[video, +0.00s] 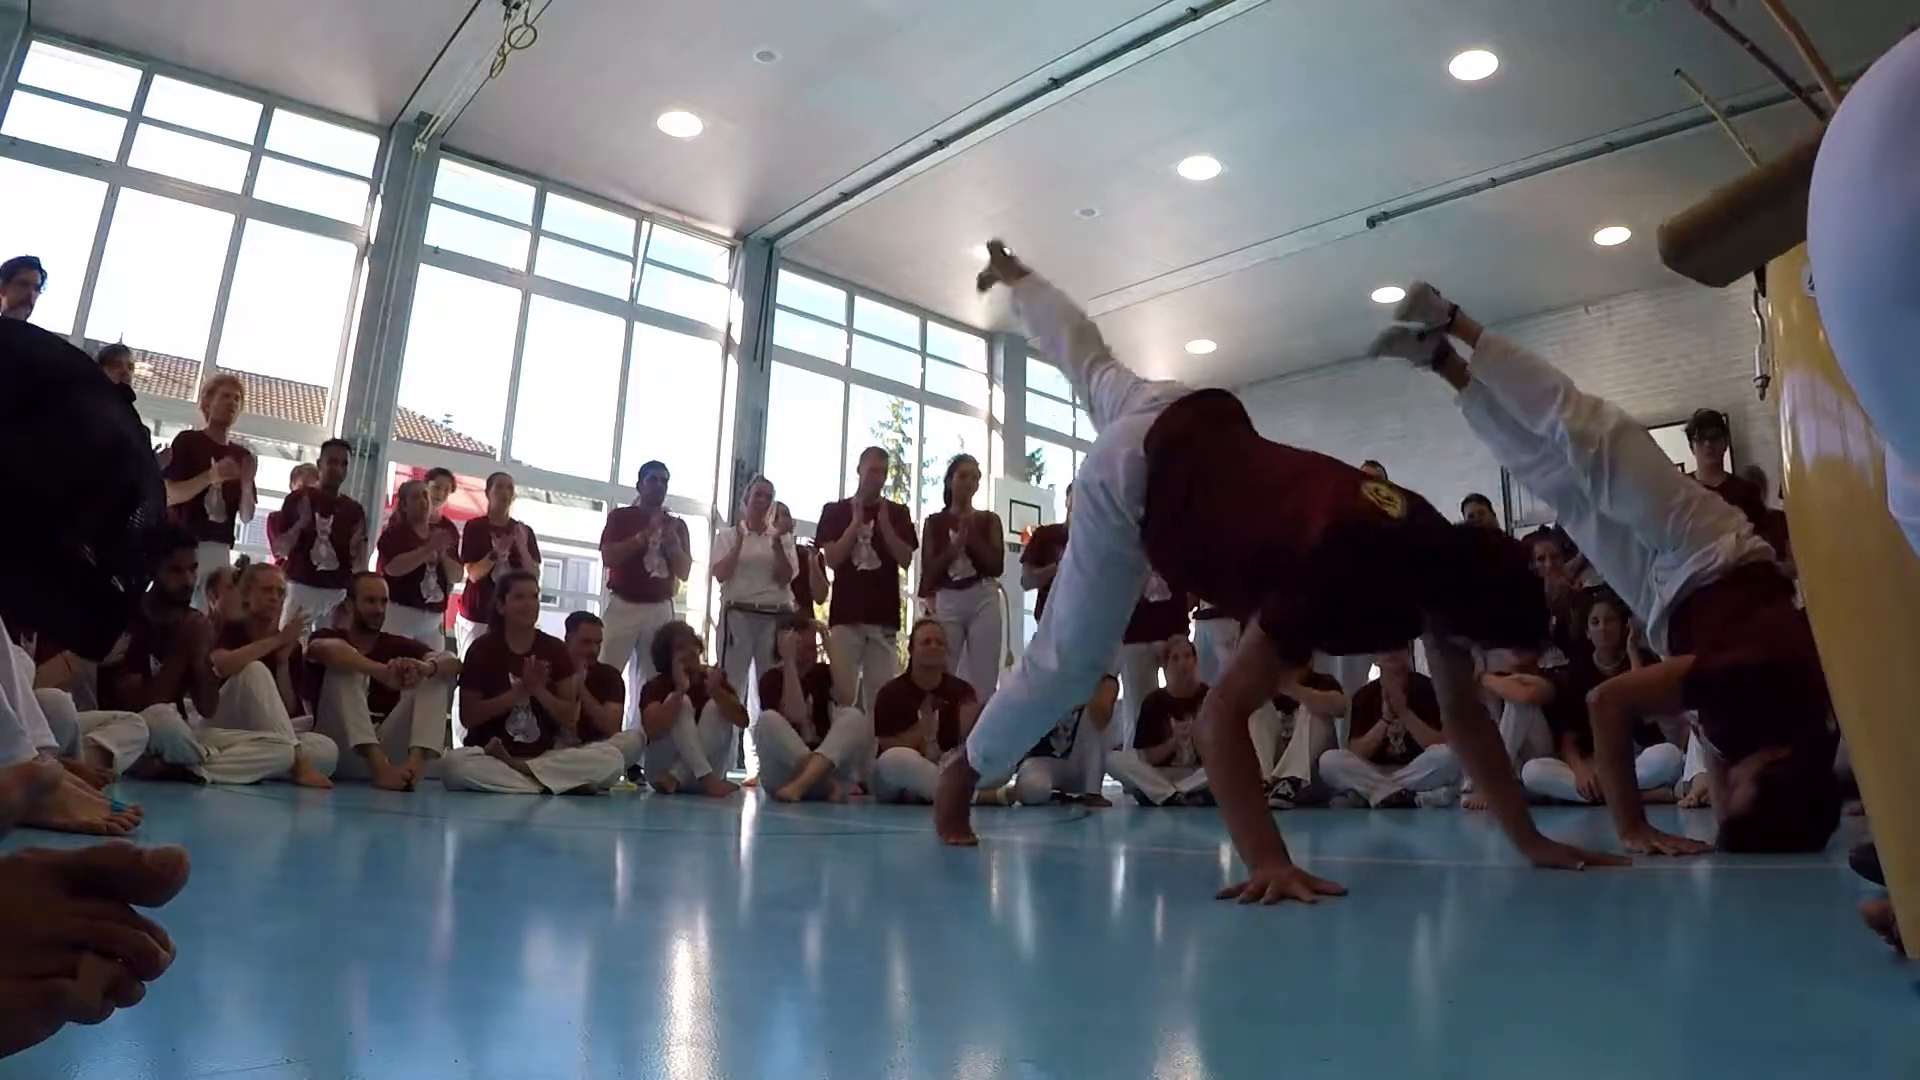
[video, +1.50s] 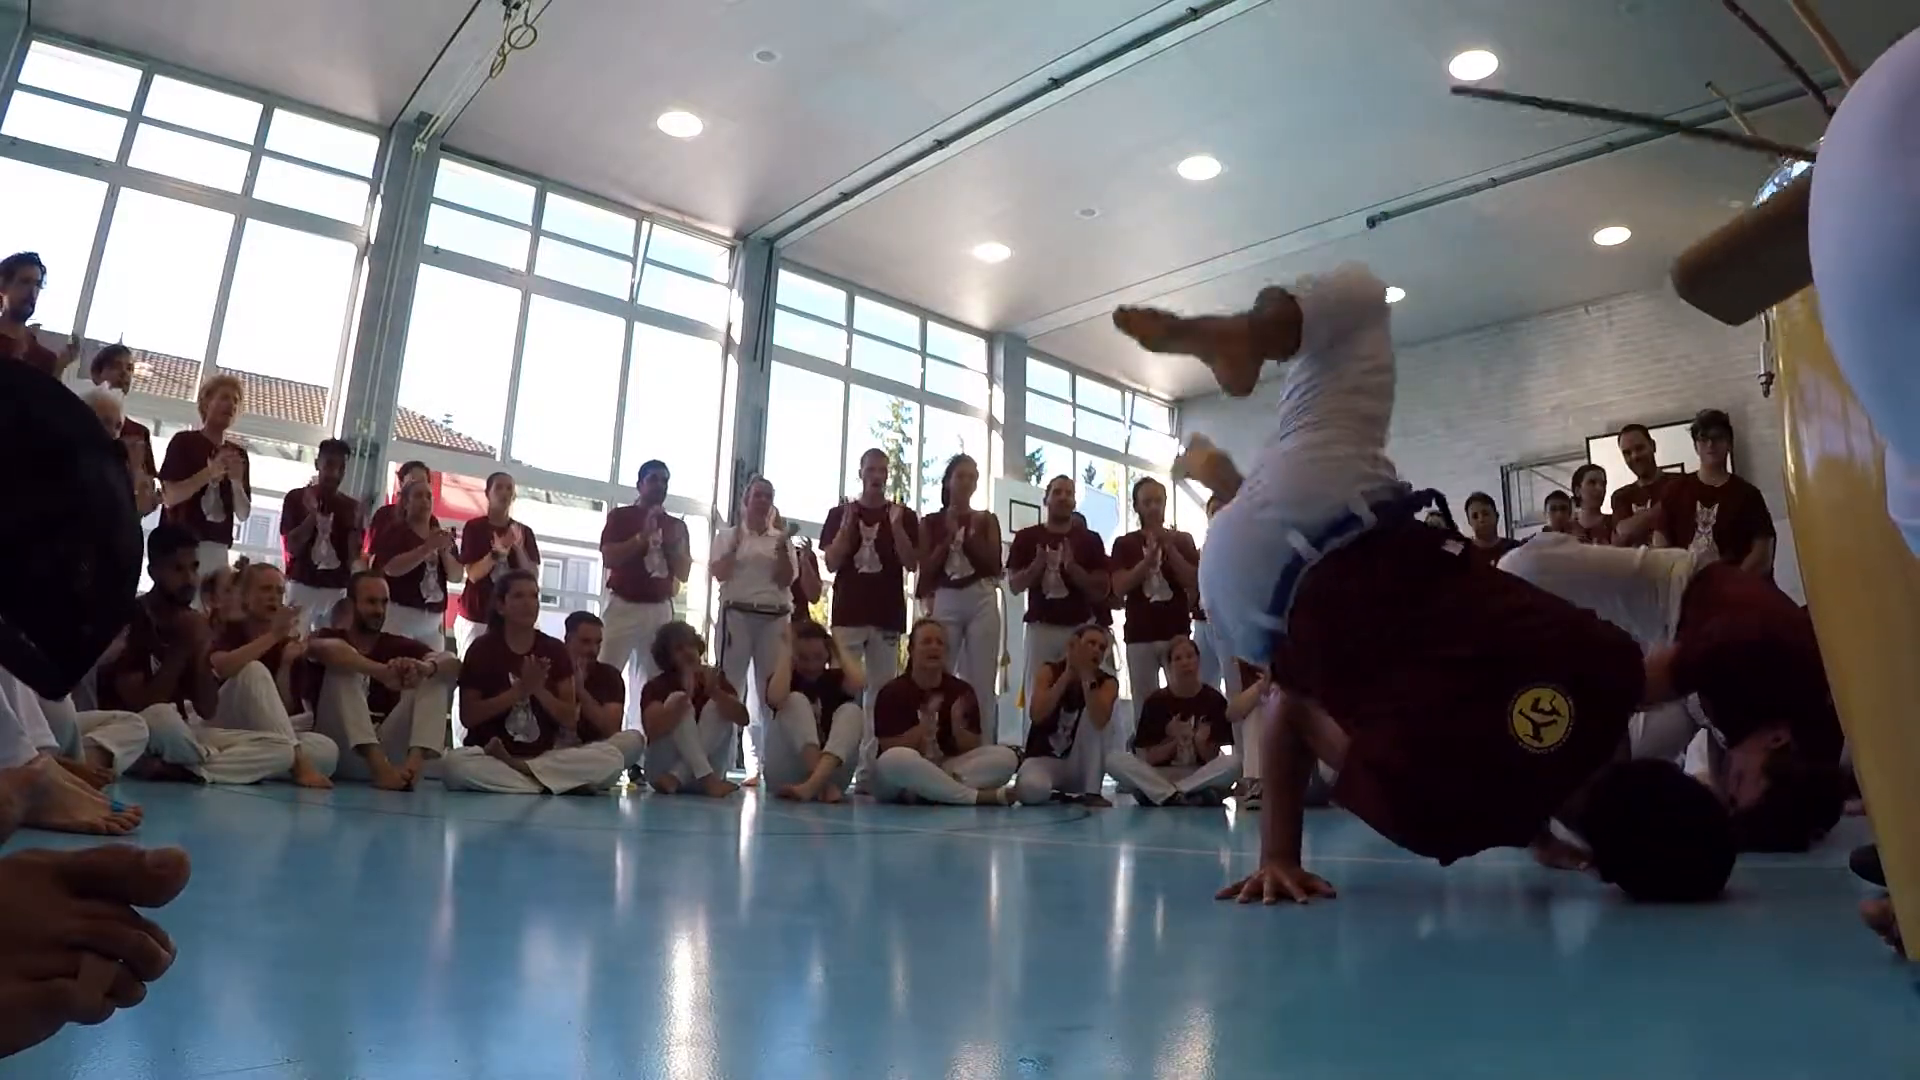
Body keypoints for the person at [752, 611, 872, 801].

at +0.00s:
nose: (812, 650)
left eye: (814, 646)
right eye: (806, 646)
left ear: (817, 646)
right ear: (784, 648)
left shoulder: (823, 672)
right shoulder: (771, 678)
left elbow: (846, 698)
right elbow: (797, 715)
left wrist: (829, 646)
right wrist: (789, 661)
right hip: (785, 778)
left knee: (854, 717)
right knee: (768, 719)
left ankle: (801, 784)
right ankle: (829, 785)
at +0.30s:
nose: (806, 662)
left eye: (811, 654)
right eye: (798, 657)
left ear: (816, 651)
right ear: (786, 655)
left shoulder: (822, 673)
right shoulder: (770, 678)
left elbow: (849, 680)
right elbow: (785, 697)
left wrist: (821, 635)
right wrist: (779, 644)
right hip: (785, 777)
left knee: (856, 719)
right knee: (776, 714)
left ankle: (805, 784)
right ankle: (830, 784)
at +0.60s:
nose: (812, 662)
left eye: (816, 654)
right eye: (804, 657)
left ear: (822, 650)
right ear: (790, 655)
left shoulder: (827, 675)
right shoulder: (775, 677)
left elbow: (851, 667)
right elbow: (781, 692)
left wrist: (826, 629)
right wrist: (783, 639)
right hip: (786, 777)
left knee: (860, 720)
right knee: (791, 706)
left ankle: (807, 784)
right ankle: (832, 784)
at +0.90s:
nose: (813, 663)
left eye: (819, 656)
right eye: (806, 656)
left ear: (827, 653)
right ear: (794, 652)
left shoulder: (832, 676)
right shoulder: (778, 675)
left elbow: (853, 675)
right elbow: (785, 689)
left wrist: (836, 636)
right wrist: (789, 640)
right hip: (786, 776)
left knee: (859, 718)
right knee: (794, 702)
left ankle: (809, 783)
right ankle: (826, 782)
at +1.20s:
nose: (813, 665)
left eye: (819, 658)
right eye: (806, 658)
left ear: (828, 655)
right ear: (793, 656)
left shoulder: (834, 678)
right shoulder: (778, 677)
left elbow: (853, 680)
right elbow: (780, 691)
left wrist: (837, 640)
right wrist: (786, 639)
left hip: (832, 778)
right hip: (786, 776)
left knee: (852, 711)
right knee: (793, 701)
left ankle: (810, 784)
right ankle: (825, 782)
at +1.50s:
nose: (811, 665)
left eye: (818, 657)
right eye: (804, 658)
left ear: (828, 655)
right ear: (792, 656)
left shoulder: (835, 678)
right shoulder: (780, 679)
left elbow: (858, 684)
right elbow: (776, 699)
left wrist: (838, 650)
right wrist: (787, 648)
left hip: (832, 778)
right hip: (785, 776)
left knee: (851, 710)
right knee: (796, 700)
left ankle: (812, 785)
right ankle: (824, 783)